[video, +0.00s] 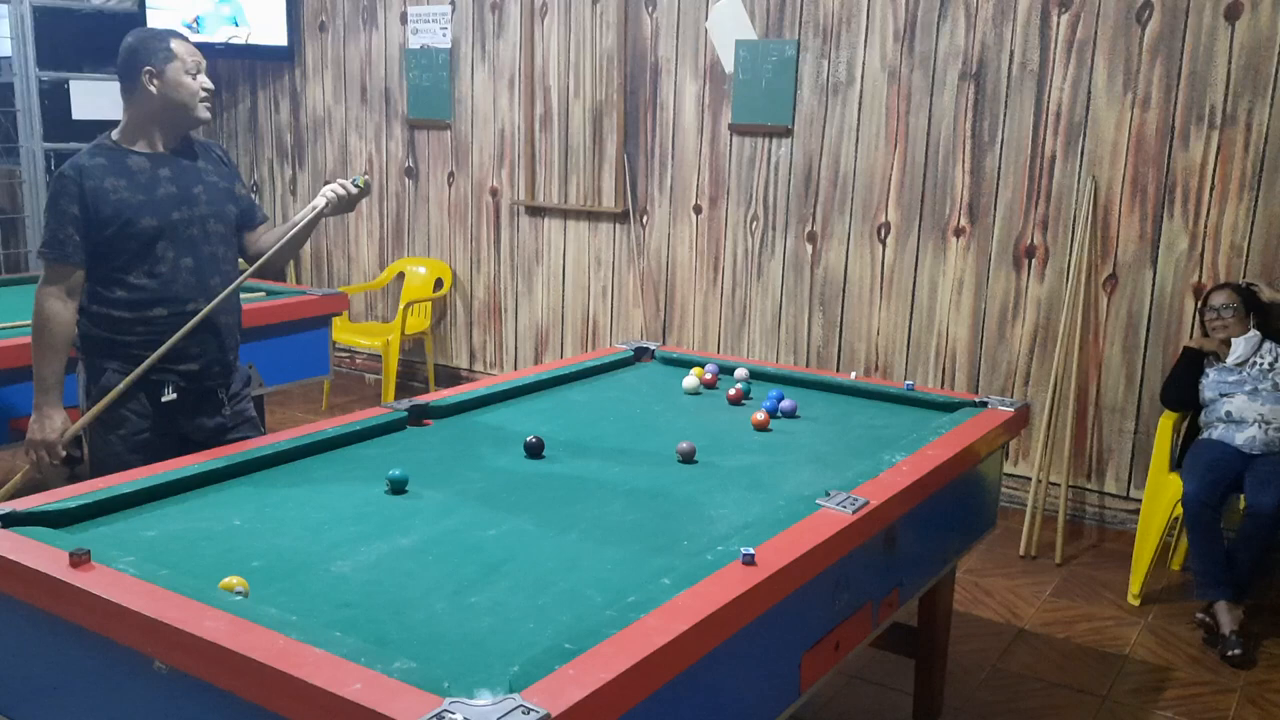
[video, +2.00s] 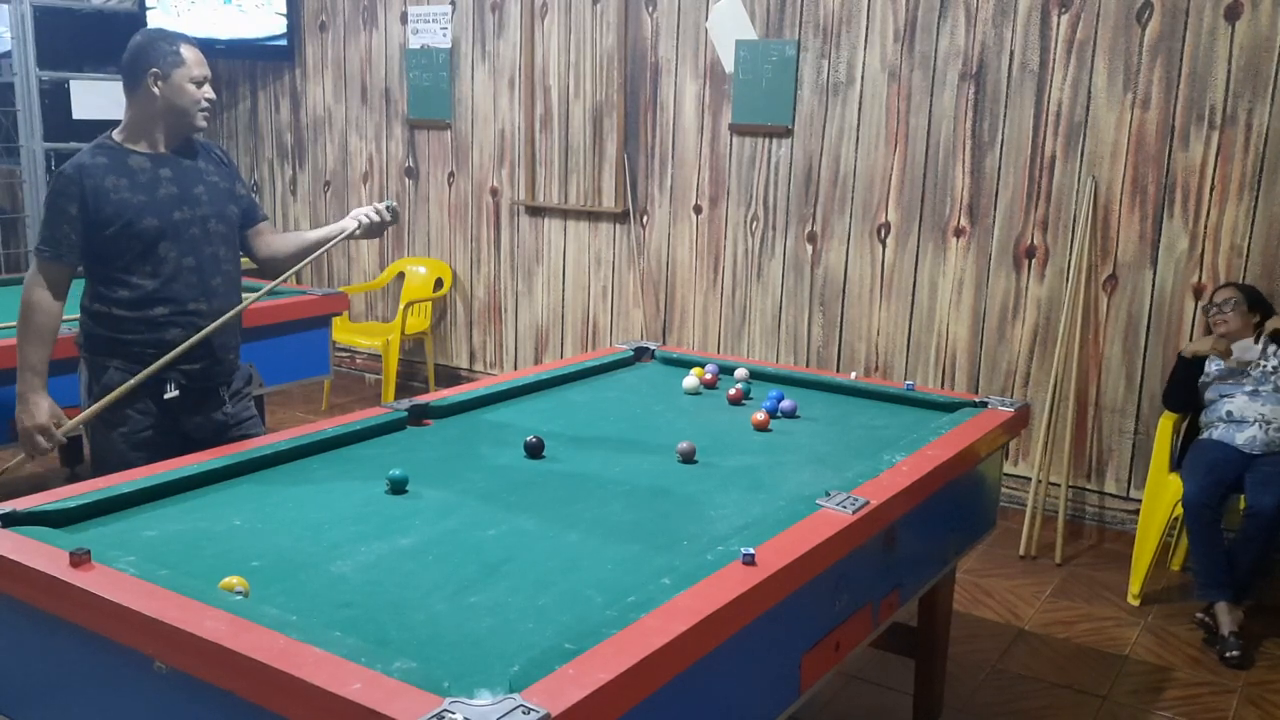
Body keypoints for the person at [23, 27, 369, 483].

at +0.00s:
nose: (209, 84)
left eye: (206, 73)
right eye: (195, 72)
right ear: (152, 79)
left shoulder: (213, 160)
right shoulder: (83, 177)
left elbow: (264, 255)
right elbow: (59, 293)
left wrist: (320, 206)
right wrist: (46, 407)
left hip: (222, 393)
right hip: (128, 402)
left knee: (248, 539)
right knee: (138, 548)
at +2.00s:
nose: (212, 97)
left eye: (210, 85)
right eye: (199, 84)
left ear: (160, 84)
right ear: (156, 83)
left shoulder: (214, 162)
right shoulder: (85, 175)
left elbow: (268, 251)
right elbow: (46, 285)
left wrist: (347, 225)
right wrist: (31, 393)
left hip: (223, 387)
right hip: (130, 400)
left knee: (255, 534)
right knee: (141, 549)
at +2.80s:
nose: (205, 93)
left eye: (204, 82)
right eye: (192, 81)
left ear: (157, 81)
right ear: (146, 81)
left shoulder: (213, 157)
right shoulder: (80, 174)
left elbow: (265, 247)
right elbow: (45, 285)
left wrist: (347, 290)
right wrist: (37, 394)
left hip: (228, 386)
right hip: (134, 399)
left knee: (253, 539)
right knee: (144, 552)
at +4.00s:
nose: (234, 92)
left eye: (237, 81)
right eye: (217, 79)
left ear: (241, 85)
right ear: (172, 84)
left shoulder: (254, 158)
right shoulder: (129, 179)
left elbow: (293, 257)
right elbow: (110, 292)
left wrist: (340, 337)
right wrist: (108, 398)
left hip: (271, 377)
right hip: (182, 385)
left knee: (292, 527)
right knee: (186, 527)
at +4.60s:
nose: (286, 88)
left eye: (293, 77)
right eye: (270, 76)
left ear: (301, 84)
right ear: (234, 82)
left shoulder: (307, 165)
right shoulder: (202, 171)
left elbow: (322, 261)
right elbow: (189, 277)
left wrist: (364, 337)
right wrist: (185, 385)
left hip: (317, 362)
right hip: (249, 364)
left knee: (321, 493)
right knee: (265, 500)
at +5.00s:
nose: (313, 94)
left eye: (322, 83)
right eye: (298, 81)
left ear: (331, 90)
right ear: (267, 83)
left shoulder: (330, 167)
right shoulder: (229, 161)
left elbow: (354, 255)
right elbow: (195, 252)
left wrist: (407, 313)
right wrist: (205, 335)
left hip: (325, 357)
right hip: (261, 357)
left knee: (327, 485)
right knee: (280, 488)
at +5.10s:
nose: (316, 94)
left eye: (326, 85)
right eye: (303, 81)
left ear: (336, 92)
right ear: (272, 84)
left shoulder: (334, 167)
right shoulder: (235, 155)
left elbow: (373, 241)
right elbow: (195, 238)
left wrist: (411, 252)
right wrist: (209, 295)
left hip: (325, 349)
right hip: (263, 348)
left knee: (324, 472)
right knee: (280, 474)